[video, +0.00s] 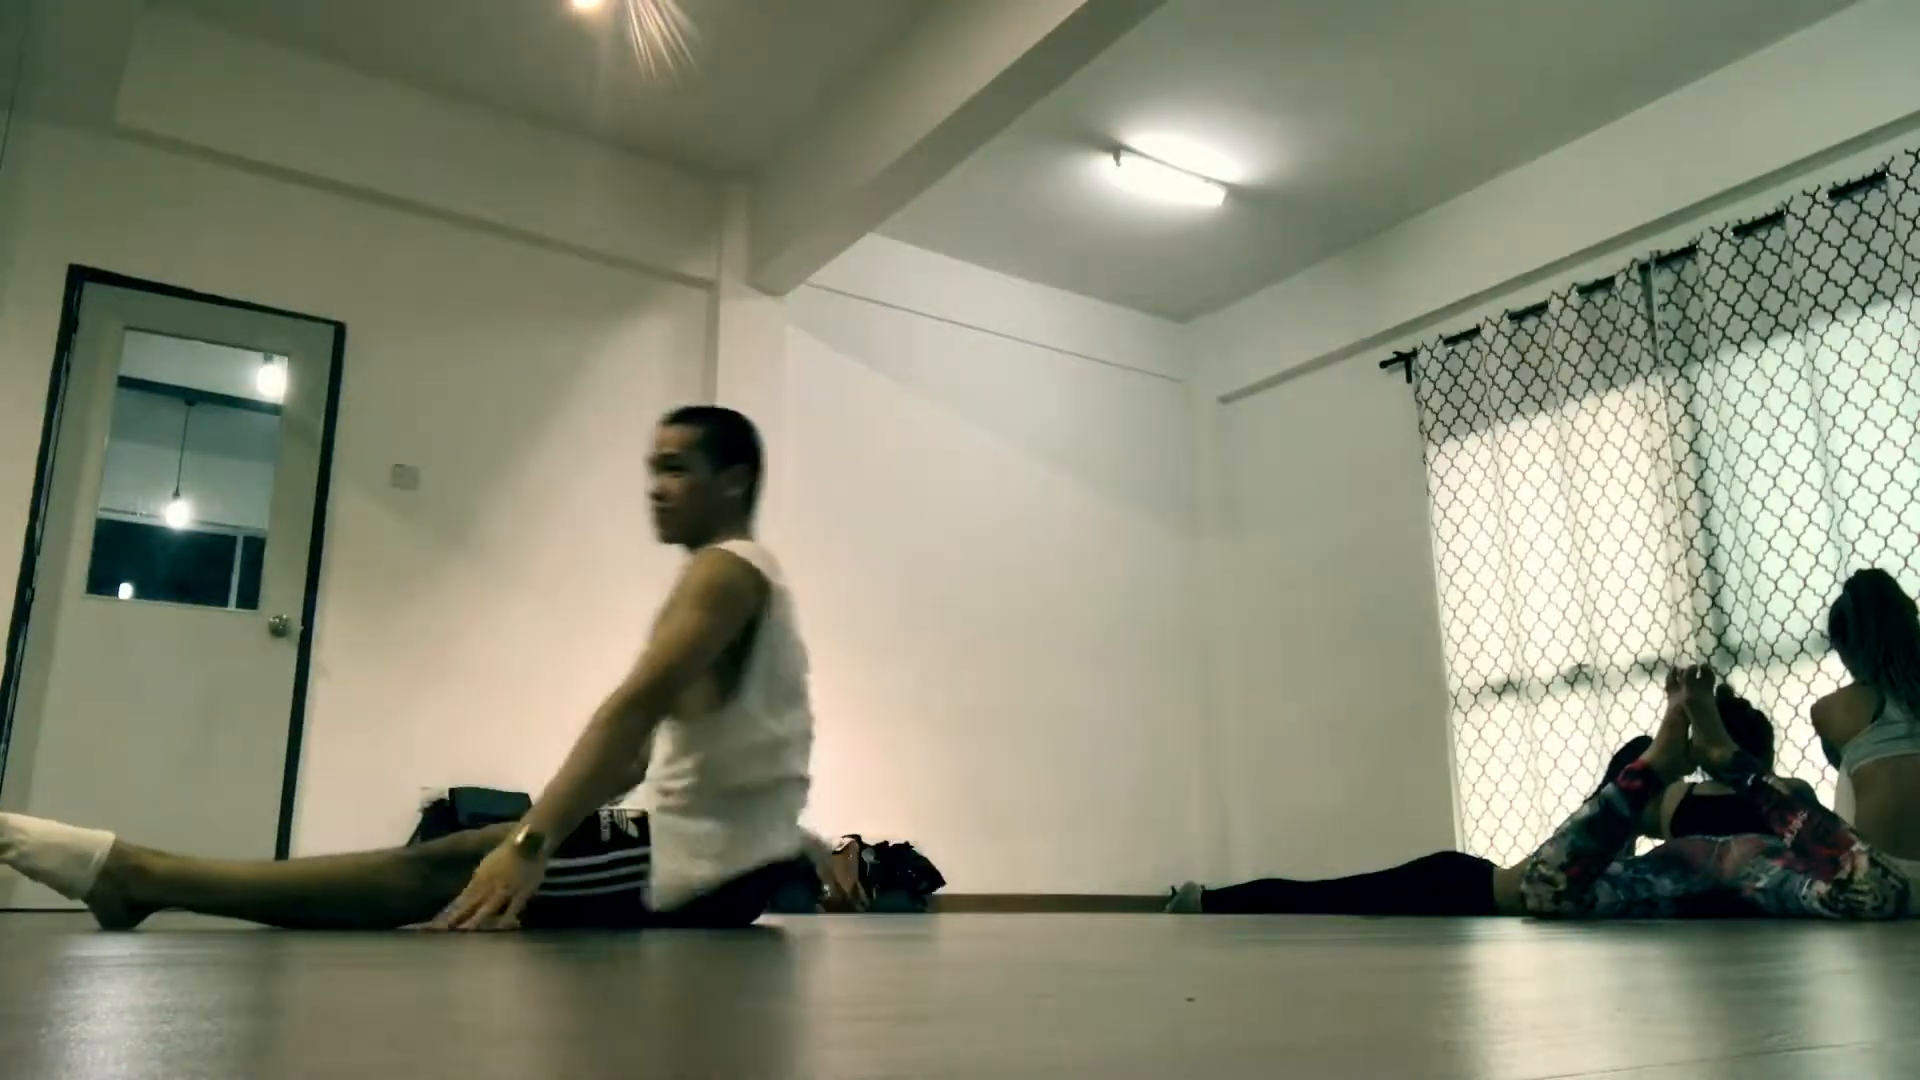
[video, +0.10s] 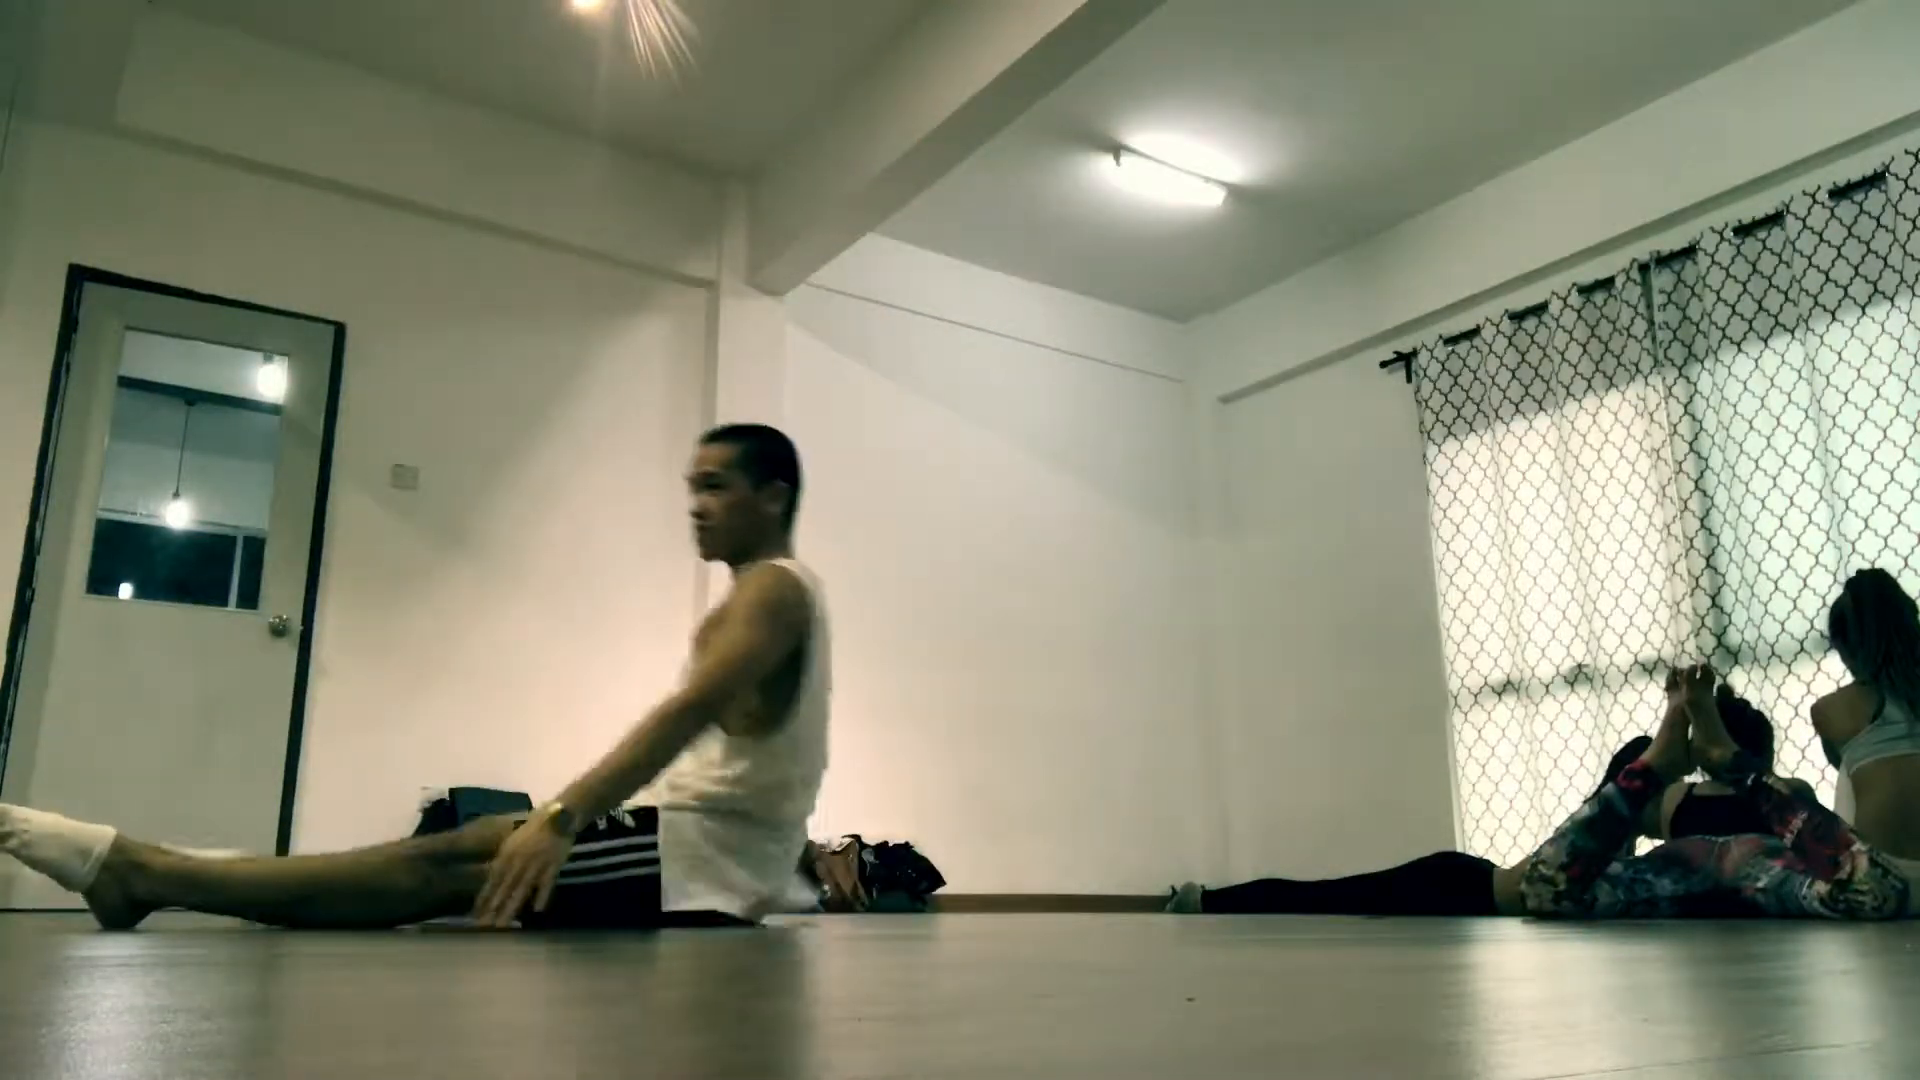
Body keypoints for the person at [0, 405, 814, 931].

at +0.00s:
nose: (657, 488)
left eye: (677, 469)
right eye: (655, 471)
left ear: (736, 481)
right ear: (692, 484)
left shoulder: (727, 573)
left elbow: (635, 711)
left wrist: (527, 849)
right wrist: (536, 839)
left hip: (716, 856)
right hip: (712, 847)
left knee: (437, 869)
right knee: (445, 860)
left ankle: (139, 880)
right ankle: (145, 883)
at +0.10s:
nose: (695, 505)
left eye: (714, 487)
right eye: (694, 488)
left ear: (774, 497)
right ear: (727, 500)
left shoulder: (775, 590)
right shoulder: (753, 598)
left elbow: (687, 715)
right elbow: (689, 734)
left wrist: (557, 818)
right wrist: (570, 821)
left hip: (714, 849)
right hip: (692, 839)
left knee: (444, 862)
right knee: (441, 856)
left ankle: (144, 873)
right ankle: (156, 879)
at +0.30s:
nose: (753, 537)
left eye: (773, 519)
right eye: (752, 520)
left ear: (831, 531)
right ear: (773, 532)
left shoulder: (846, 623)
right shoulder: (780, 630)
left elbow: (832, 754)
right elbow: (754, 754)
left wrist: (693, 803)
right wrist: (668, 803)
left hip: (711, 856)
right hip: (680, 836)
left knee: (452, 862)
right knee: (447, 840)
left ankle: (164, 872)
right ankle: (167, 878)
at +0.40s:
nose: (785, 558)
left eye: (805, 542)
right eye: (786, 541)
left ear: (860, 555)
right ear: (809, 553)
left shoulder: (872, 644)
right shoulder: (795, 646)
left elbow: (865, 776)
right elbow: (756, 755)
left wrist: (749, 803)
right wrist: (680, 792)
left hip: (706, 842)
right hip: (673, 824)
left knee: (462, 861)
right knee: (441, 854)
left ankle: (183, 879)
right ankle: (176, 881)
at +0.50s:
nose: (830, 599)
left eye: (850, 588)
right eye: (832, 584)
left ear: (896, 607)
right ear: (843, 594)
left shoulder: (905, 696)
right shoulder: (820, 689)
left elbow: (880, 816)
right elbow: (777, 783)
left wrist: (763, 792)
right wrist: (692, 796)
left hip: (731, 850)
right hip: (693, 822)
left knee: (495, 840)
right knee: (454, 836)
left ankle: (189, 873)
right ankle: (178, 884)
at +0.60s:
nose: (891, 651)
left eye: (914, 645)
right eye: (895, 639)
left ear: (955, 672)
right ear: (899, 657)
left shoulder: (940, 758)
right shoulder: (857, 736)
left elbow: (873, 851)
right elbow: (811, 829)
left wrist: (783, 748)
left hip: (741, 870)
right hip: (714, 857)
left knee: (532, 725)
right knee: (514, 750)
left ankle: (271, 873)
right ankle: (271, 877)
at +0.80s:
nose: (1034, 733)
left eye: (1054, 738)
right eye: (1050, 731)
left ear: (1055, 789)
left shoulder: (989, 840)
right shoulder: (967, 822)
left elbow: (901, 780)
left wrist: (984, 681)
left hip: (727, 863)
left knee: (858, 665)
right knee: (850, 663)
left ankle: (661, 721)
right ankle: (658, 706)